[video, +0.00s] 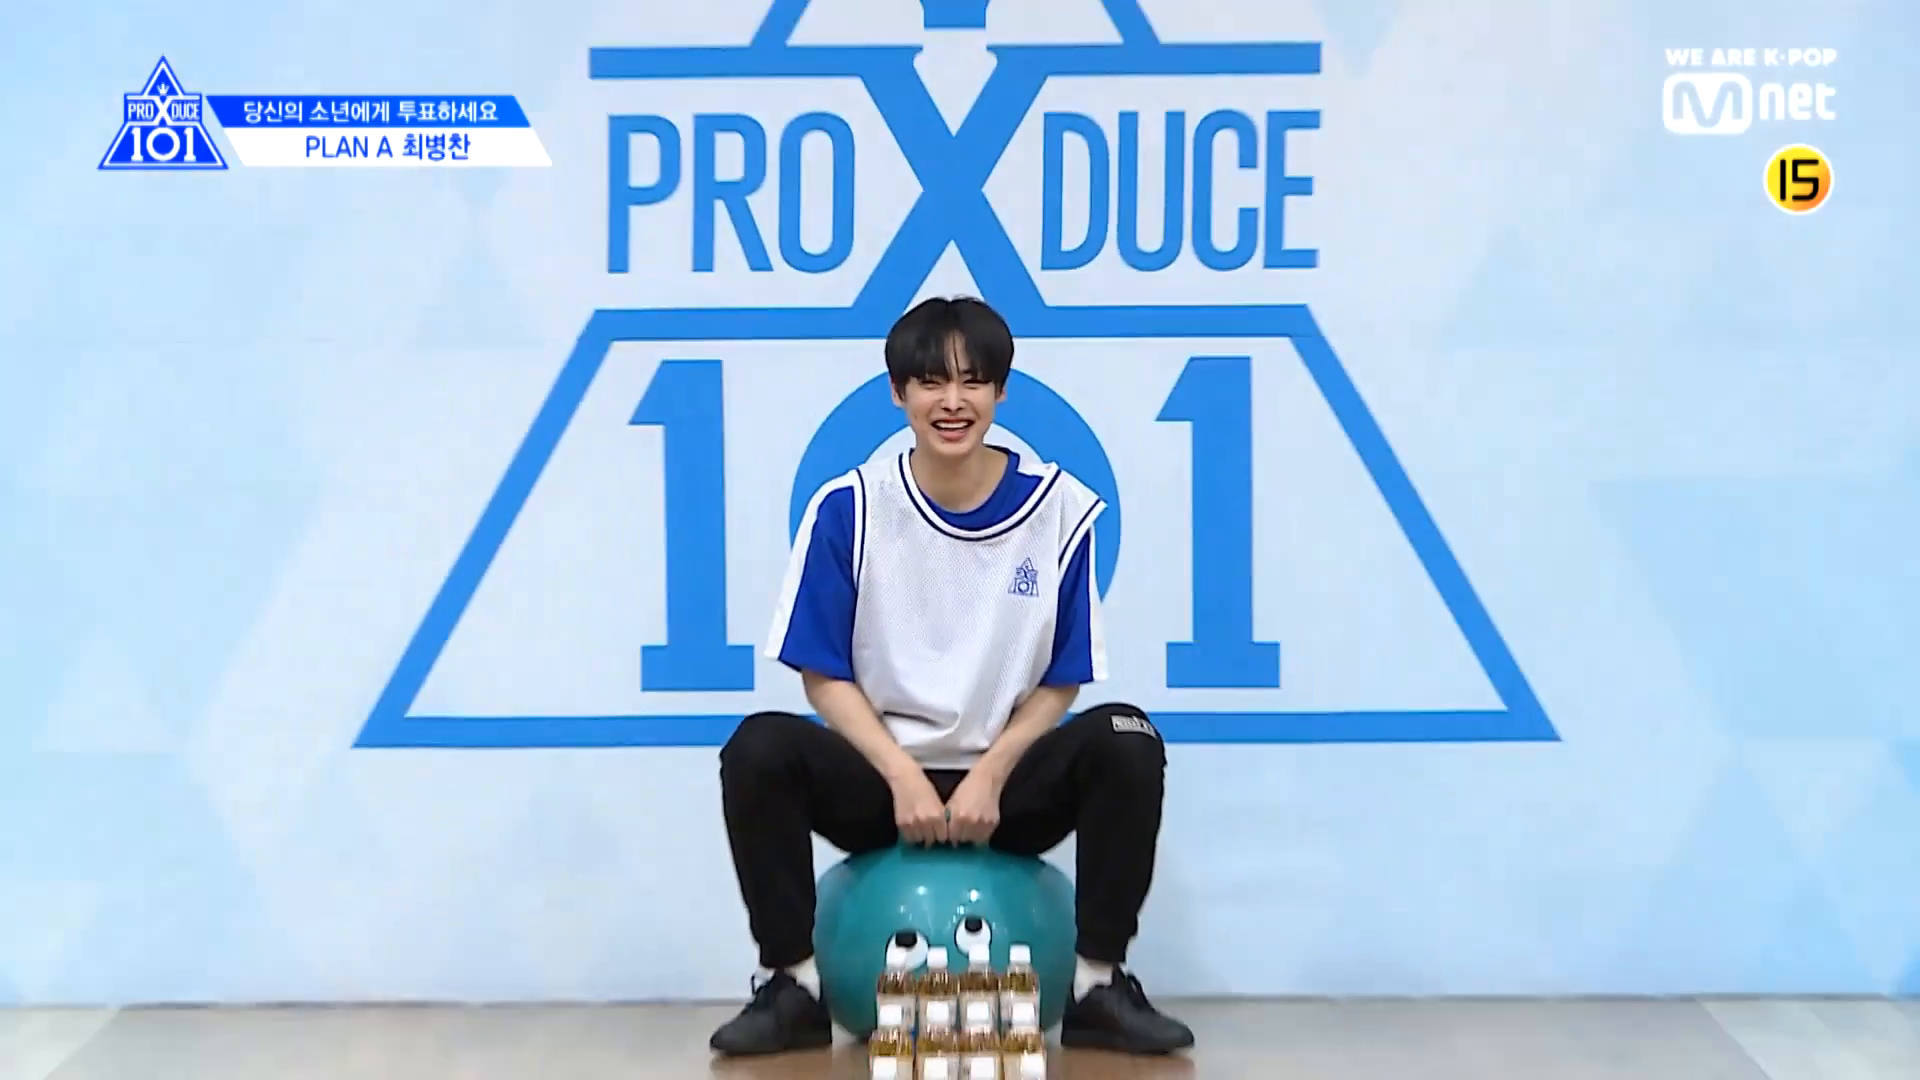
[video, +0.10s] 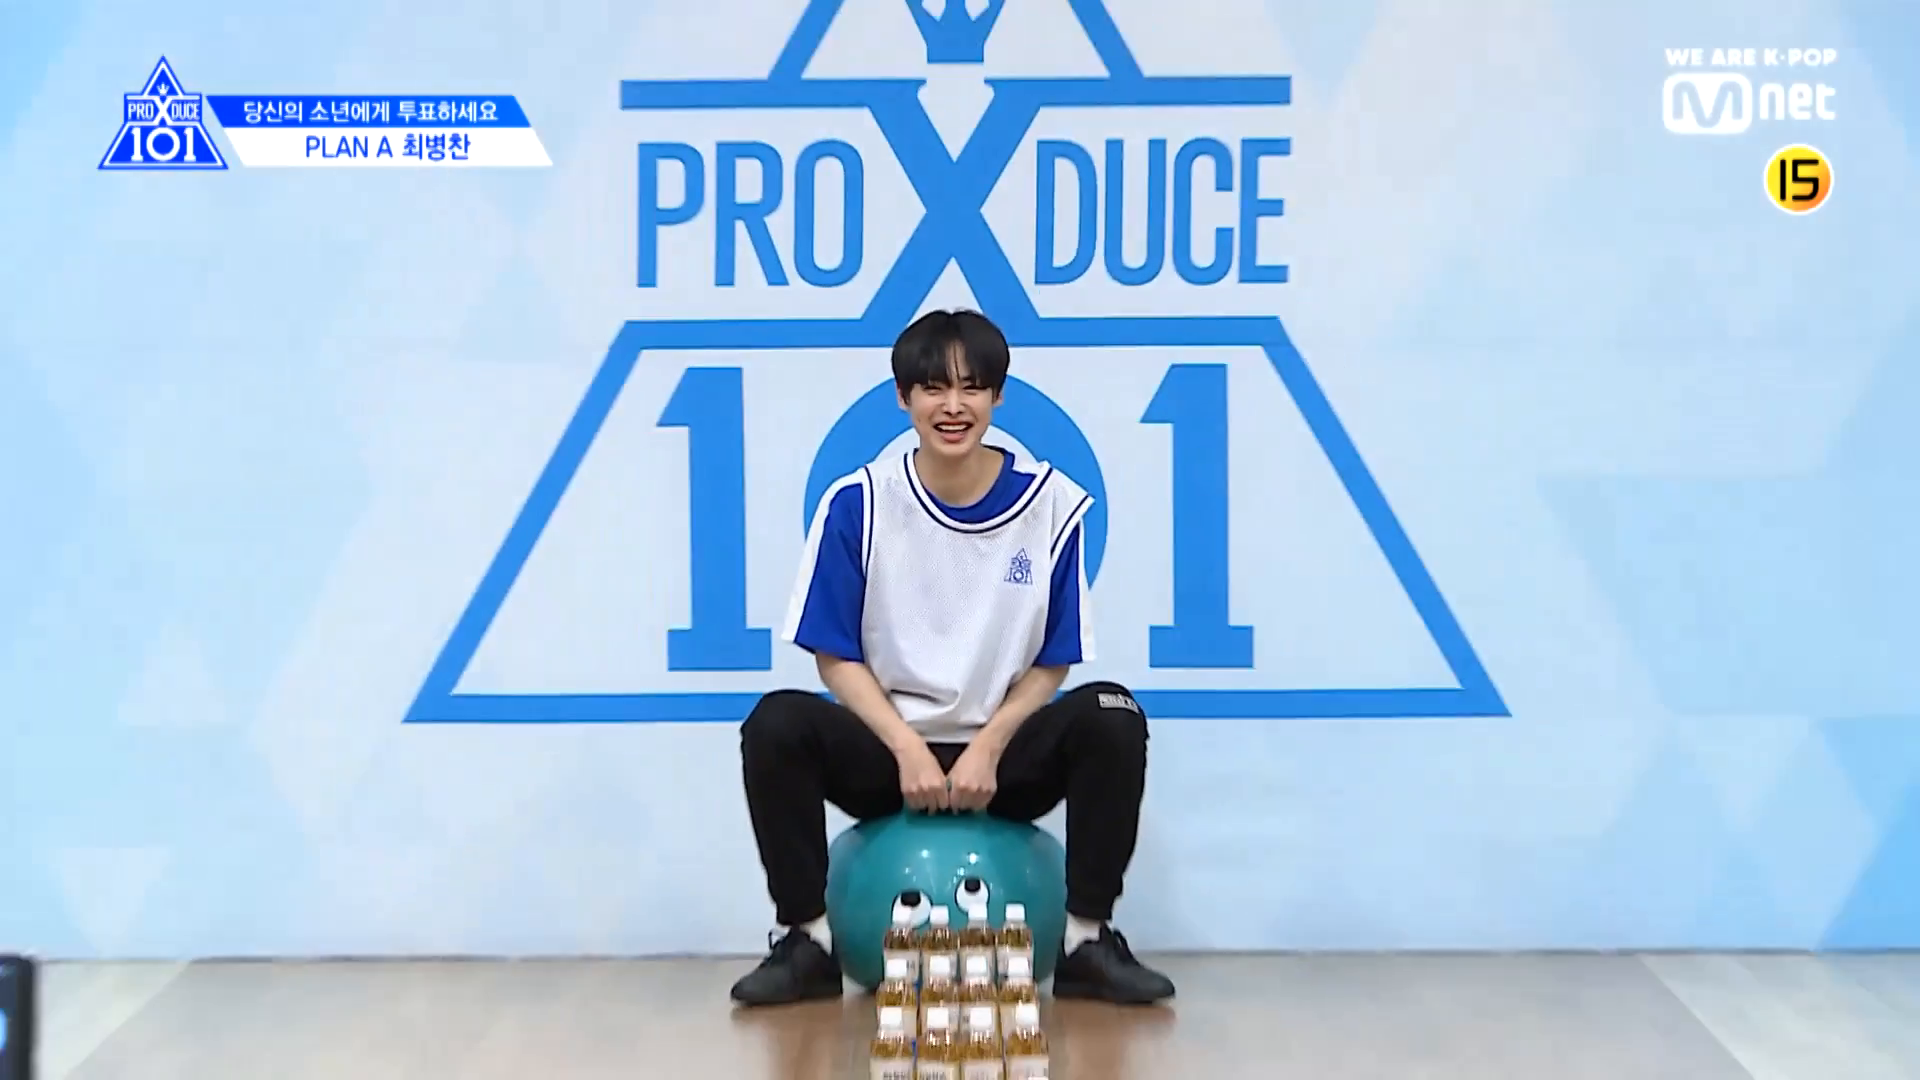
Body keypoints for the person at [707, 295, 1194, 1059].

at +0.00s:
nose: (953, 399)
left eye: (973, 379)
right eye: (931, 379)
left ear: (1000, 389)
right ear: (900, 391)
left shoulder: (1062, 509)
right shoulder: (847, 507)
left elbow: (1063, 677)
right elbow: (822, 672)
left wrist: (992, 771)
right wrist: (901, 773)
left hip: (1012, 779)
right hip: (879, 780)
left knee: (1129, 739)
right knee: (756, 747)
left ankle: (1100, 989)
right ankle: (792, 988)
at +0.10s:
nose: (953, 404)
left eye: (972, 385)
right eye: (934, 385)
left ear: (997, 395)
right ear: (906, 396)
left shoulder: (1053, 505)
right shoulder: (856, 502)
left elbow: (1054, 658)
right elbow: (833, 652)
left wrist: (989, 744)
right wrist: (905, 745)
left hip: (1008, 751)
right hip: (886, 754)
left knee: (1113, 714)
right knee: (774, 722)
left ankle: (1088, 943)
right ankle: (807, 942)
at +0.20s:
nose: (954, 410)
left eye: (971, 394)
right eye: (936, 394)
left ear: (994, 402)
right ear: (911, 403)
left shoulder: (1047, 503)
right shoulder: (866, 500)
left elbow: (1047, 643)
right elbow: (843, 639)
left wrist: (986, 722)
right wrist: (910, 723)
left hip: (1004, 729)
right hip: (892, 730)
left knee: (1100, 696)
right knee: (790, 702)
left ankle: (1077, 906)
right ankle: (819, 905)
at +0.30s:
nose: (956, 417)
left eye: (971, 402)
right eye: (939, 401)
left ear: (992, 409)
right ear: (915, 410)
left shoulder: (1039, 502)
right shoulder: (872, 500)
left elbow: (1040, 632)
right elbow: (853, 628)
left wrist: (985, 704)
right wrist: (914, 704)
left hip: (1000, 711)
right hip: (897, 712)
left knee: (1089, 680)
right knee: (802, 686)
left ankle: (1067, 873)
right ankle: (831, 871)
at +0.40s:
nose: (957, 424)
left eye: (971, 410)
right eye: (941, 410)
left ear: (990, 417)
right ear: (919, 418)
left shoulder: (1034, 503)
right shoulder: (880, 501)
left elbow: (1034, 622)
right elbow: (861, 619)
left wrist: (982, 690)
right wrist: (918, 690)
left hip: (997, 695)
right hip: (902, 696)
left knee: (1079, 667)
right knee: (815, 672)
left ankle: (1060, 845)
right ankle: (841, 844)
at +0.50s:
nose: (958, 431)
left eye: (971, 419)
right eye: (944, 419)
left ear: (988, 426)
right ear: (923, 426)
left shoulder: (1029, 505)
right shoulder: (887, 503)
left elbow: (1028, 616)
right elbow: (869, 612)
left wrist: (980, 678)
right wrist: (921, 678)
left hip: (994, 682)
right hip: (906, 683)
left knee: (1070, 656)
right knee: (827, 661)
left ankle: (1052, 821)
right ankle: (849, 820)